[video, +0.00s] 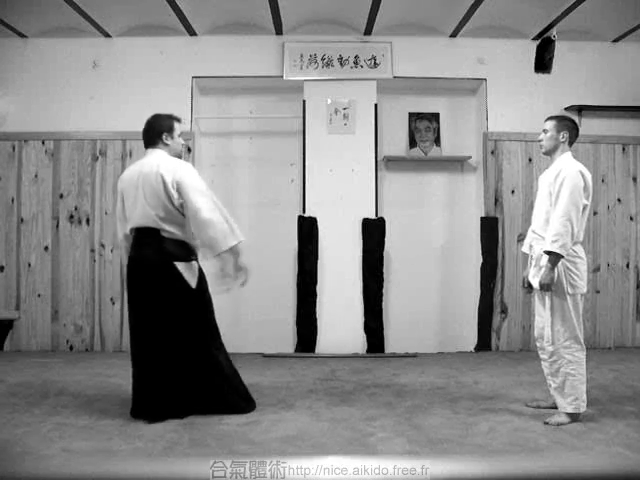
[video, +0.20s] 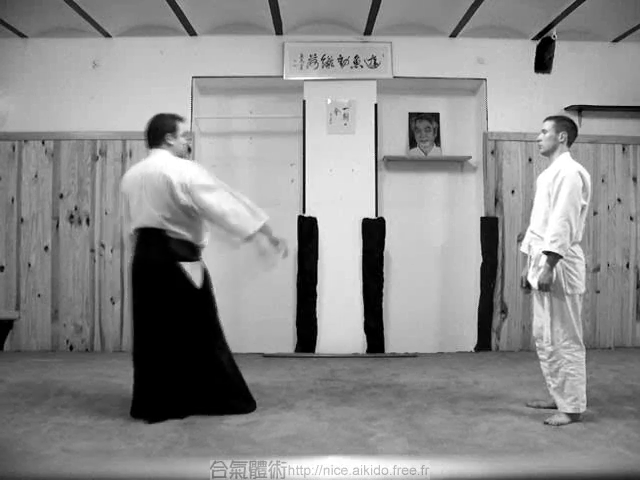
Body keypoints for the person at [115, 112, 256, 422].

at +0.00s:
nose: (184, 143)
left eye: (184, 136)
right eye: (180, 137)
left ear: (151, 140)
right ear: (165, 139)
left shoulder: (128, 175)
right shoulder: (178, 170)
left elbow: (124, 228)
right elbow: (207, 216)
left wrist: (135, 256)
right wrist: (234, 256)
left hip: (139, 258)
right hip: (174, 259)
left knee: (147, 331)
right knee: (194, 329)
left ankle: (150, 402)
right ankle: (225, 397)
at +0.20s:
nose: (190, 142)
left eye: (189, 136)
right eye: (185, 136)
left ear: (157, 140)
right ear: (169, 138)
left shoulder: (131, 174)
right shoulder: (183, 171)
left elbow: (133, 223)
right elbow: (221, 204)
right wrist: (265, 232)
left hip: (144, 258)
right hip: (178, 259)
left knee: (152, 332)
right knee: (199, 330)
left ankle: (153, 402)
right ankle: (227, 398)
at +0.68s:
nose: (213, 142)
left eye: (213, 136)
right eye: (211, 137)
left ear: (181, 139)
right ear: (199, 138)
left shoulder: (152, 172)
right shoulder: (208, 170)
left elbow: (144, 227)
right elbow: (254, 194)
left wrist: (152, 256)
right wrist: (304, 207)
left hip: (163, 259)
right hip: (200, 261)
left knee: (164, 331)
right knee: (213, 331)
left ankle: (157, 402)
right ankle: (221, 399)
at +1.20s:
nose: (220, 141)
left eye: (220, 135)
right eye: (216, 136)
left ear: (187, 139)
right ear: (200, 138)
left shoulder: (159, 169)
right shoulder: (205, 170)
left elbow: (158, 213)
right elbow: (250, 192)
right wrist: (302, 203)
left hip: (163, 251)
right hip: (194, 255)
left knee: (165, 324)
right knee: (210, 325)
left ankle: (152, 395)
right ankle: (218, 396)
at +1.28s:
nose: (207, 143)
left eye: (206, 137)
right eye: (203, 137)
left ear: (177, 140)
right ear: (190, 139)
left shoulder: (156, 171)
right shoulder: (193, 171)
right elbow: (240, 194)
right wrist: (293, 202)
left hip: (158, 252)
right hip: (187, 256)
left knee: (162, 325)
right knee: (210, 322)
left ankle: (150, 394)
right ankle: (217, 395)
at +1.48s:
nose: (179, 148)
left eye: (179, 142)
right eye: (173, 142)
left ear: (150, 145)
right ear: (155, 144)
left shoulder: (141, 172)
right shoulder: (157, 174)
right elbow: (199, 197)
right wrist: (246, 199)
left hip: (146, 256)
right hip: (165, 259)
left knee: (150, 330)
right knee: (191, 329)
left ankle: (138, 395)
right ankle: (210, 394)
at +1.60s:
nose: (165, 145)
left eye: (165, 140)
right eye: (159, 140)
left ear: (141, 143)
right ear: (141, 143)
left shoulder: (140, 169)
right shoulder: (142, 174)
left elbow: (178, 182)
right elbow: (186, 190)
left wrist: (203, 178)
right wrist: (214, 184)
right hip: (154, 260)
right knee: (174, 329)